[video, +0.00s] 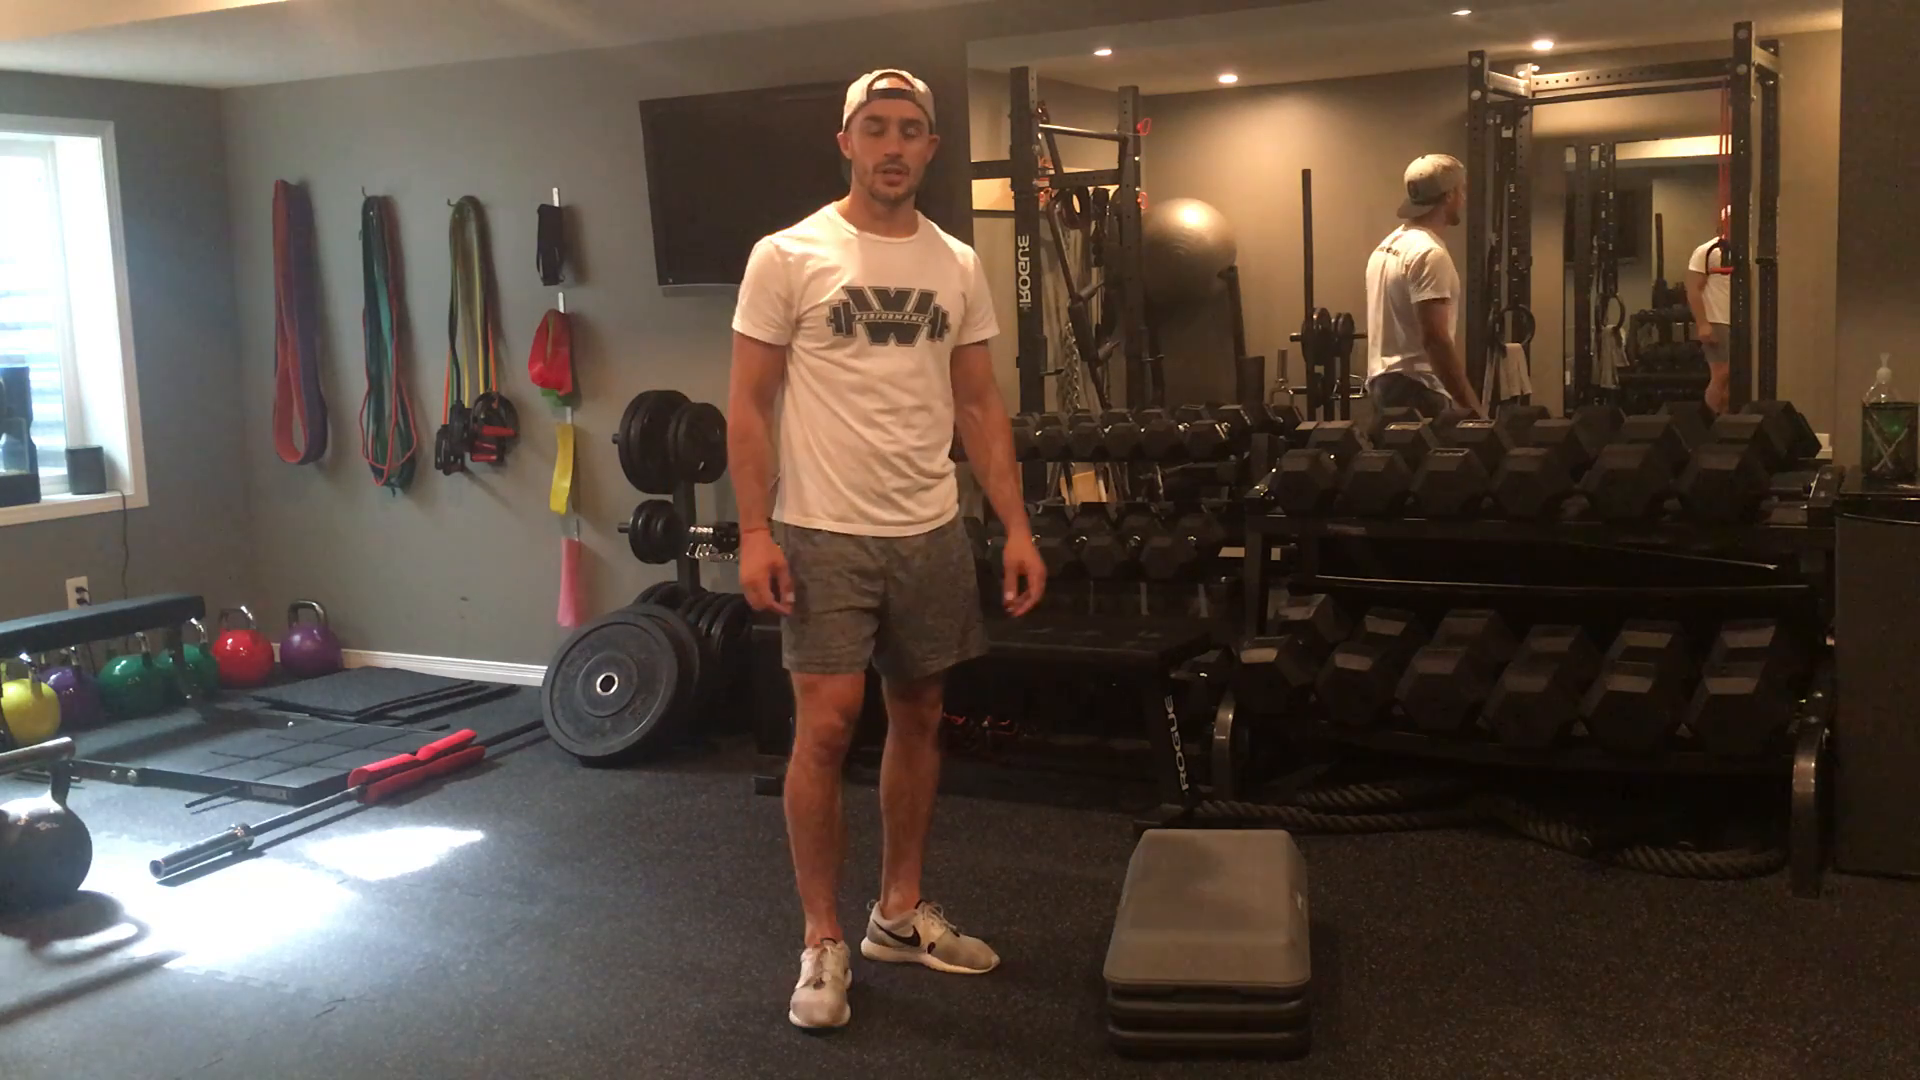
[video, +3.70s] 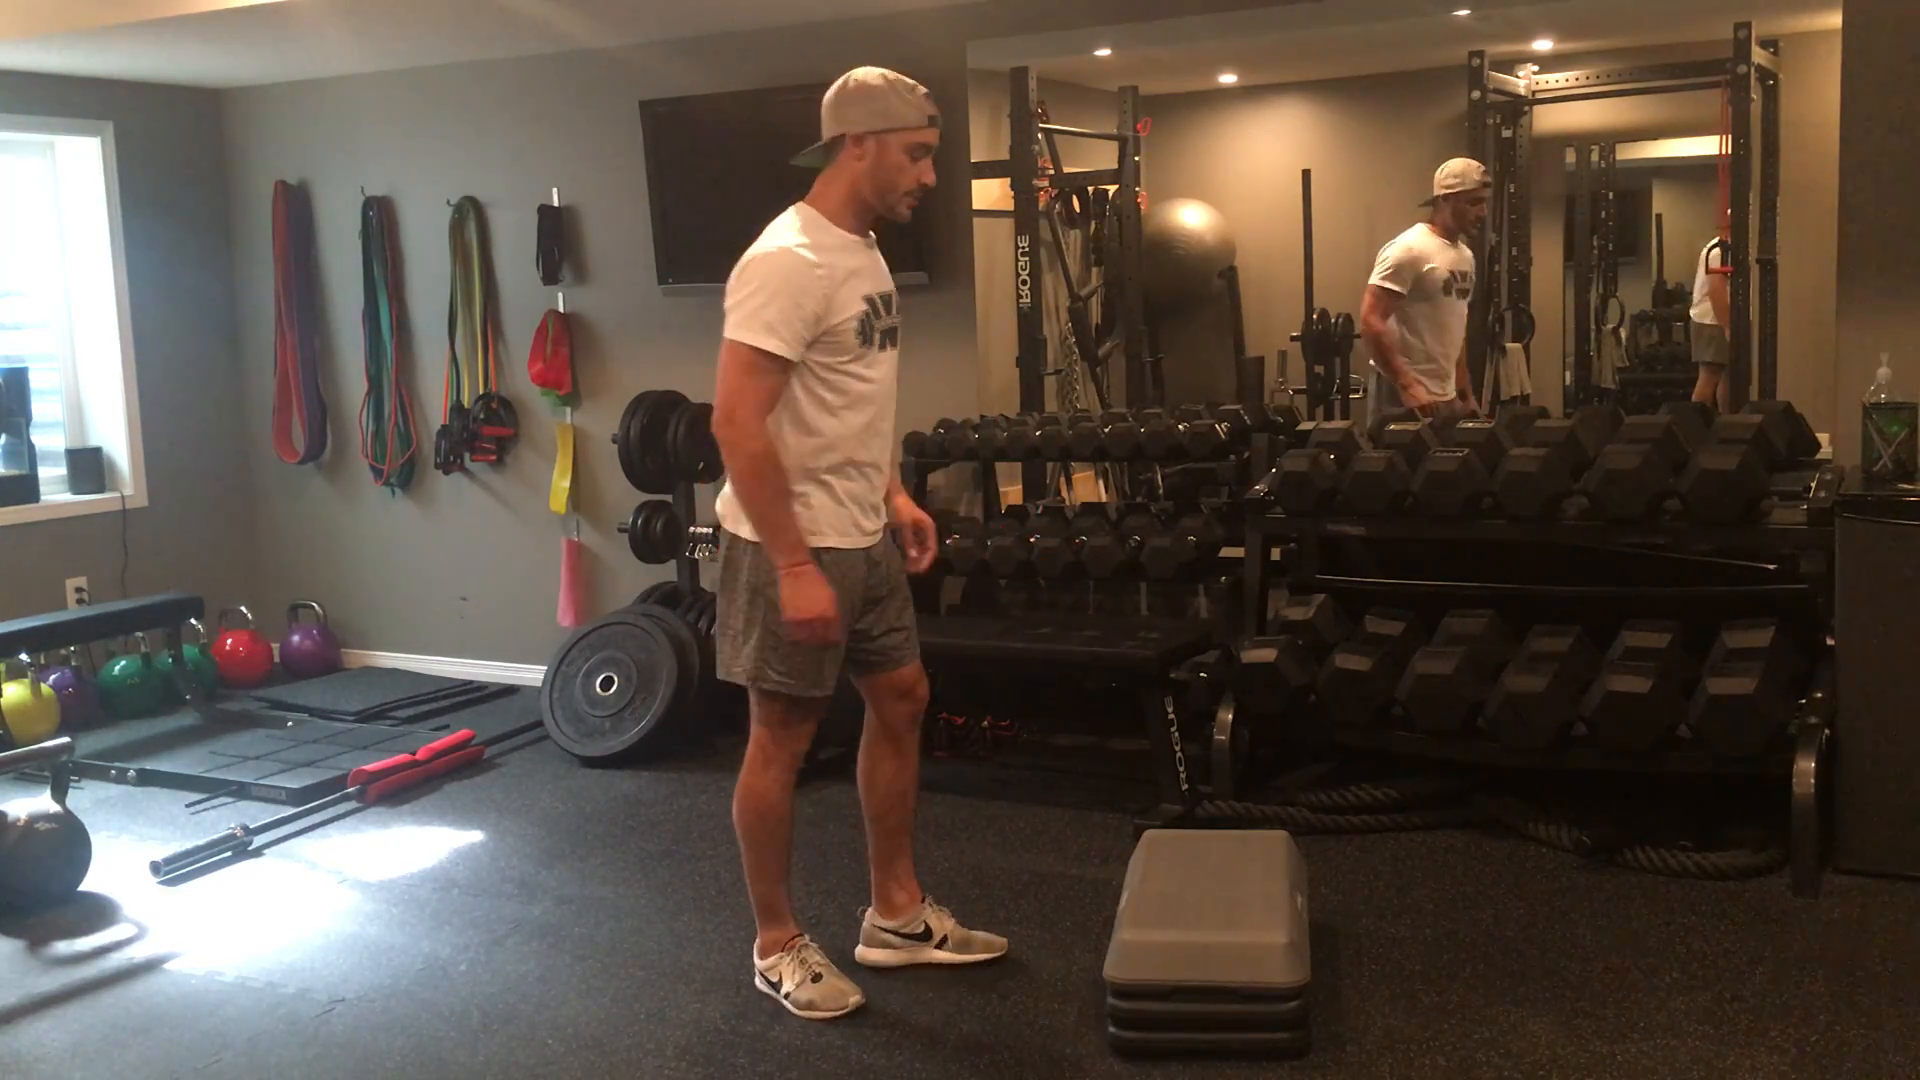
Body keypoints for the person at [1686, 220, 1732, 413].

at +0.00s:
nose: (1732, 228)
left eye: (1735, 224)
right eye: (1729, 223)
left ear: (1740, 226)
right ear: (1722, 225)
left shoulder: (1743, 253)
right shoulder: (1706, 252)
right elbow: (1693, 289)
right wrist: (1702, 323)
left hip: (1739, 325)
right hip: (1717, 323)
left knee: (1730, 378)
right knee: (1721, 375)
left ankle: (1725, 422)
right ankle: (1706, 421)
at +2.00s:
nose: (1733, 223)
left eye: (1736, 217)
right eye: (1730, 217)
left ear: (1743, 220)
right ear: (1723, 221)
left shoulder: (1748, 253)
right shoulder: (1710, 254)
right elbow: (1701, 293)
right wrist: (1704, 327)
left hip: (1745, 325)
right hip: (1721, 324)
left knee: (1740, 378)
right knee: (1722, 377)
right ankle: (1715, 424)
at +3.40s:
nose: (1737, 228)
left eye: (1738, 223)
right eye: (1734, 223)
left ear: (1724, 223)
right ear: (1725, 223)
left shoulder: (1730, 252)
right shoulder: (1708, 251)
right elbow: (1701, 295)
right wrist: (1712, 330)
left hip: (1728, 324)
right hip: (1713, 325)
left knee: (1726, 382)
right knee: (1712, 381)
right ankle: (1698, 425)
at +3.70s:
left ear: (1726, 224)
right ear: (1735, 226)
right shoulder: (1718, 251)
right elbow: (1717, 292)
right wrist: (1728, 325)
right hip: (1710, 322)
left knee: (1727, 376)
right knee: (1709, 375)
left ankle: (1728, 423)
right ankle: (1697, 423)